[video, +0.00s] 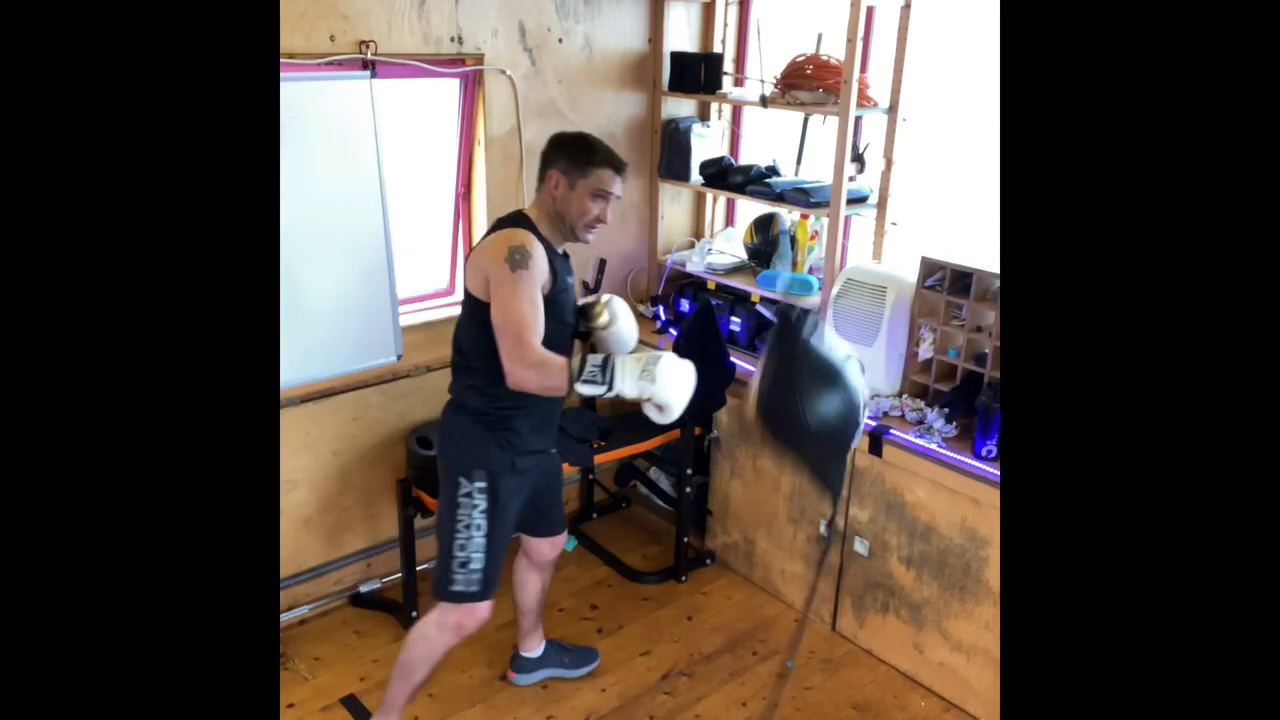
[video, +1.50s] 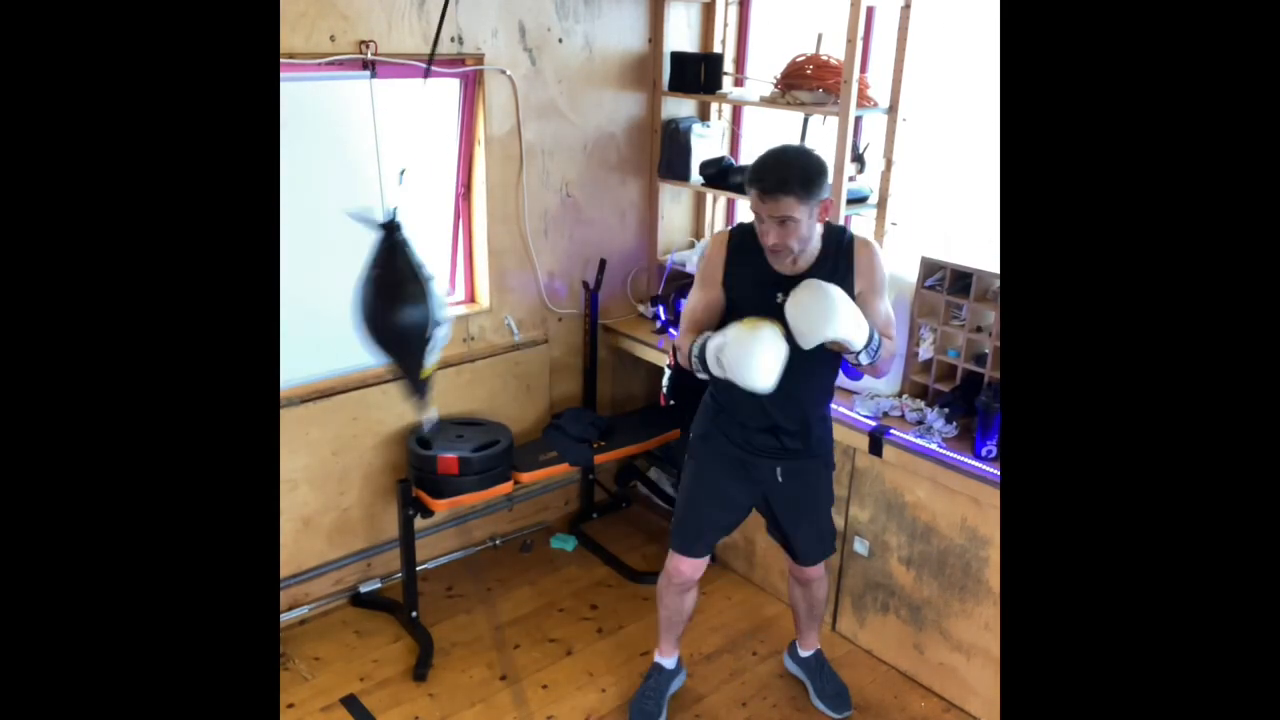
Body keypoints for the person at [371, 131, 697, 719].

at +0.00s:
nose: (604, 214)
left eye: (611, 201)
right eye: (598, 197)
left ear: (559, 190)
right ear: (554, 184)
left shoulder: (549, 252)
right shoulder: (515, 250)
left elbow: (541, 334)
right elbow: (522, 368)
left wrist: (587, 323)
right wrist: (612, 380)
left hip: (533, 438)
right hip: (484, 446)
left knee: (544, 543)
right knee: (464, 608)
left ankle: (530, 652)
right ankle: (385, 713)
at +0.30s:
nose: (625, 190)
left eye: (638, 176)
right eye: (612, 173)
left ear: (649, 182)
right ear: (580, 173)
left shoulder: (651, 249)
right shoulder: (545, 256)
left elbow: (688, 351)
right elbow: (534, 372)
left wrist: (686, 299)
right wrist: (591, 324)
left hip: (646, 428)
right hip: (587, 438)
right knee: (611, 583)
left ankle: (562, 625)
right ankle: (600, 677)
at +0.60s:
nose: (676, 229)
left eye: (688, 213)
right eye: (663, 216)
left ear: (716, 205)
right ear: (652, 214)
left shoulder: (762, 260)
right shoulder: (638, 283)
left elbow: (805, 362)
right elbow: (621, 391)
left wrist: (769, 306)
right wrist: (649, 340)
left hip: (753, 456)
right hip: (674, 461)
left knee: (792, 584)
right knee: (658, 615)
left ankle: (802, 657)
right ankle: (614, 673)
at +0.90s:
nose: (698, 220)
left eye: (709, 205)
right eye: (687, 206)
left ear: (744, 188)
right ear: (676, 195)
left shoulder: (793, 232)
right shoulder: (663, 239)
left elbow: (836, 335)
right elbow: (616, 318)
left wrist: (797, 318)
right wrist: (600, 340)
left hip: (772, 429)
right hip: (692, 427)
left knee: (799, 559)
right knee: (651, 560)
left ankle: (810, 649)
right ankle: (616, 670)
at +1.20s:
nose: (764, 231)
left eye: (776, 214)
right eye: (748, 216)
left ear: (789, 202)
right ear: (718, 204)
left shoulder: (804, 241)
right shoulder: (695, 250)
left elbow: (829, 320)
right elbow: (709, 333)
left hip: (778, 437)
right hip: (700, 439)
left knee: (804, 572)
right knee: (652, 570)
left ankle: (812, 650)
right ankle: (616, 671)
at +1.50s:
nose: (770, 236)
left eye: (785, 222)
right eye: (761, 219)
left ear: (820, 213)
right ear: (751, 208)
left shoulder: (856, 258)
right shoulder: (726, 249)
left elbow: (884, 359)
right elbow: (684, 344)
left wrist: (855, 334)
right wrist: (714, 351)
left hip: (802, 446)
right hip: (724, 437)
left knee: (810, 569)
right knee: (681, 569)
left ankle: (807, 653)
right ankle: (665, 663)